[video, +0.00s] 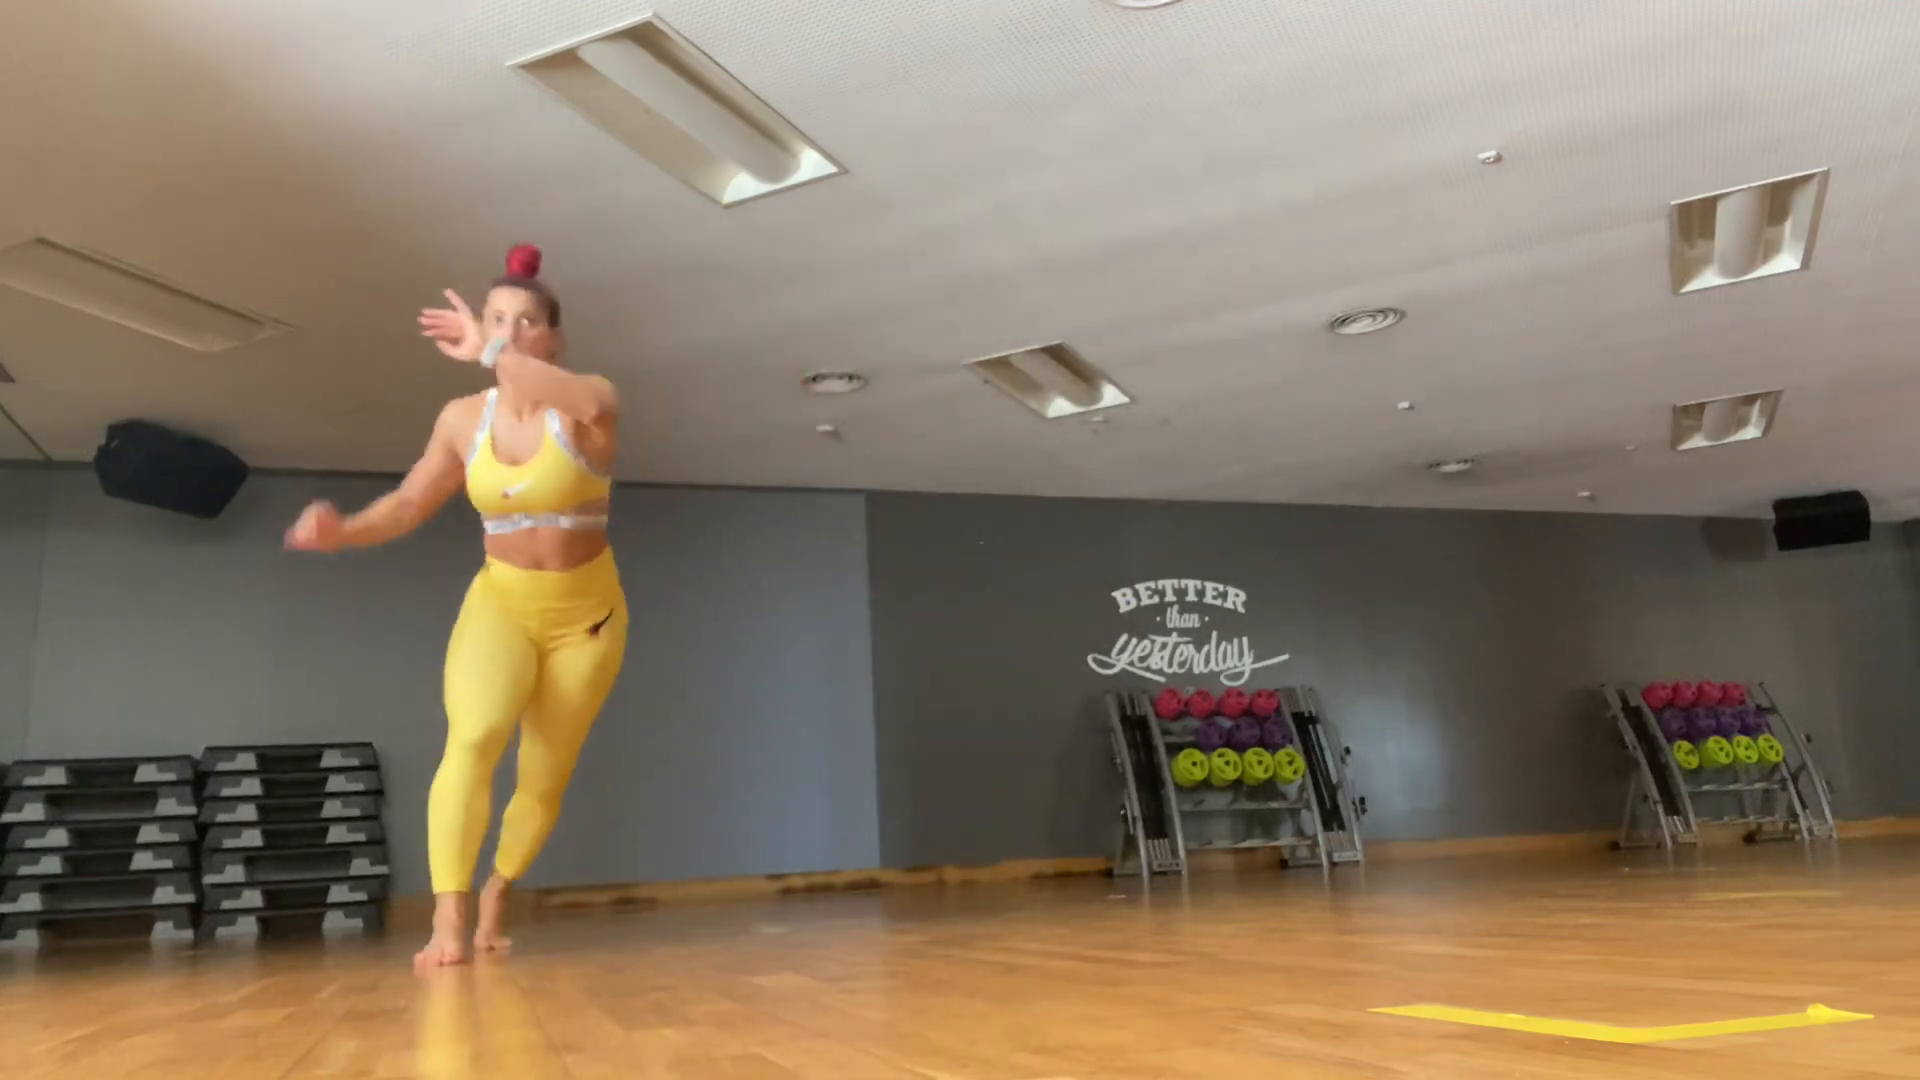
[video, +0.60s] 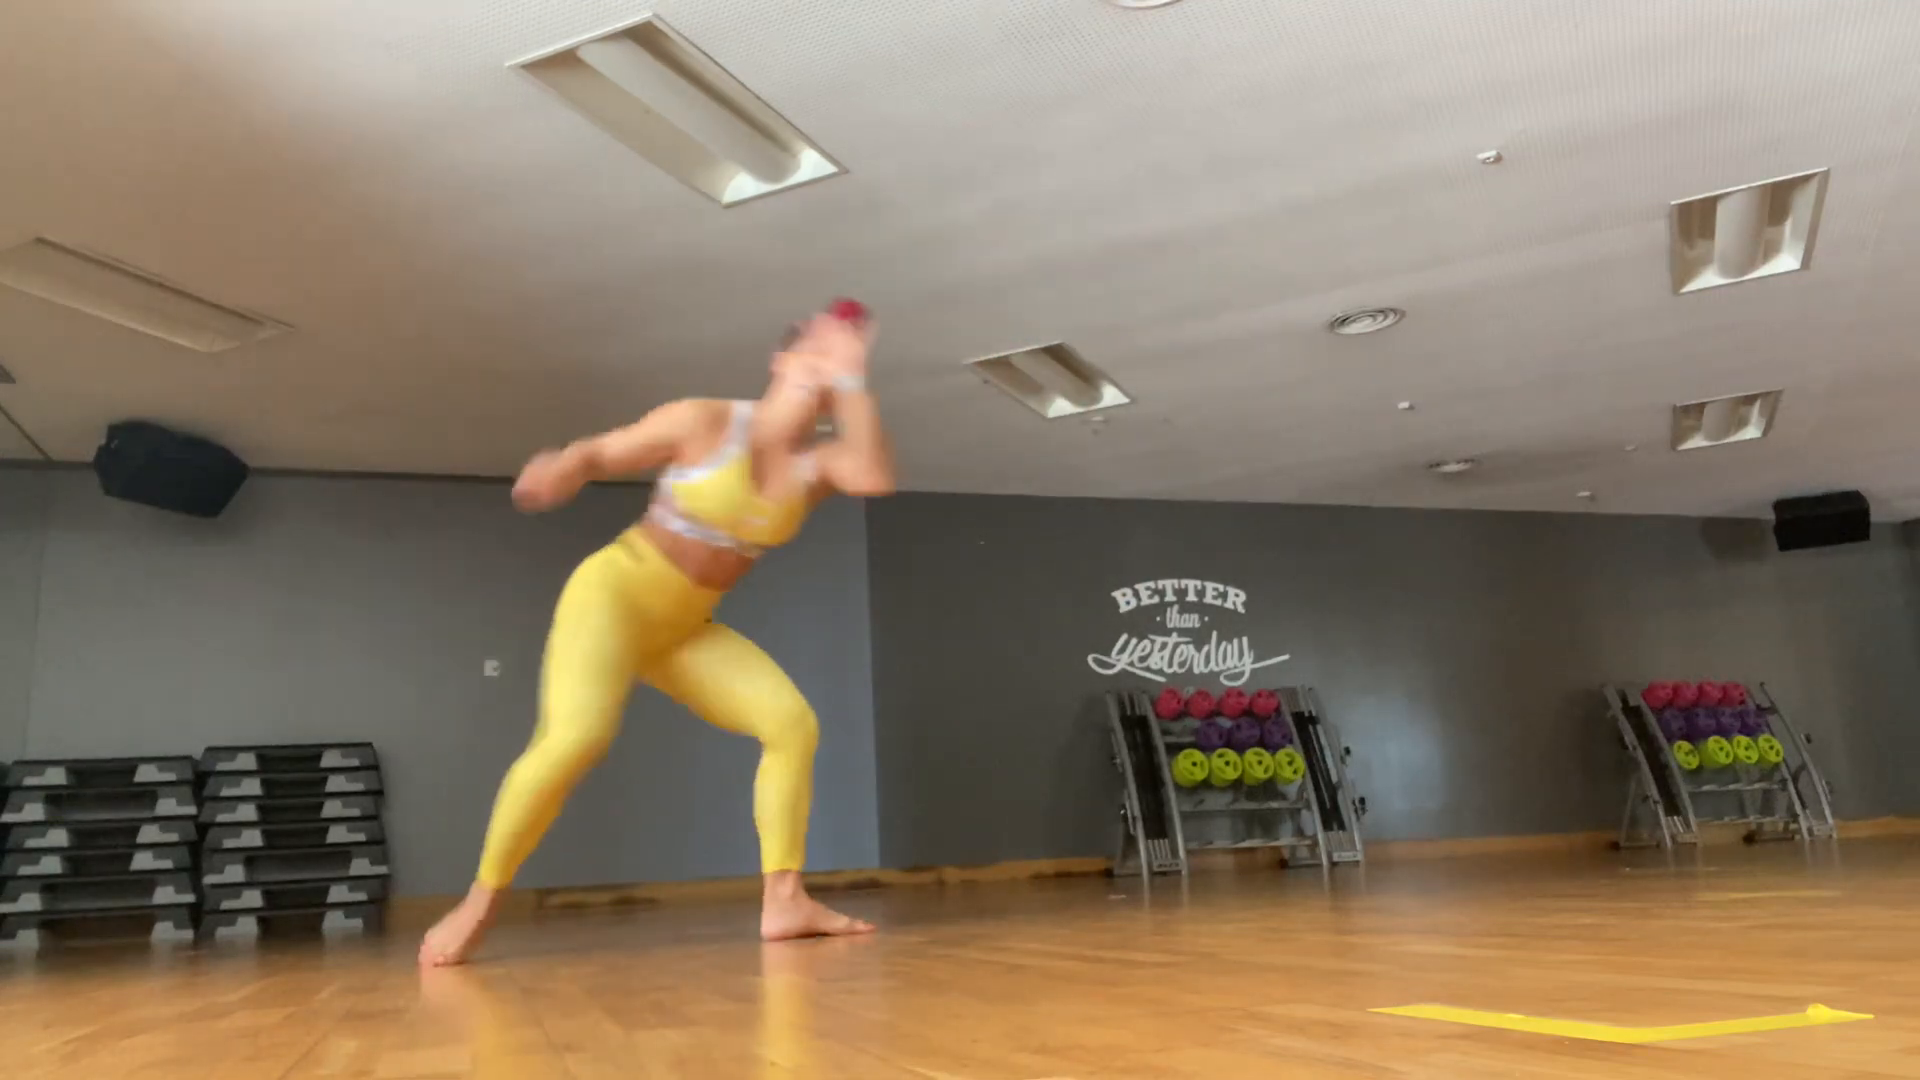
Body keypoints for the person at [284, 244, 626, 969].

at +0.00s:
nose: (505, 331)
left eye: (524, 320)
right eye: (495, 319)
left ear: (553, 335)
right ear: (483, 334)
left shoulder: (592, 401)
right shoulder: (462, 419)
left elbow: (574, 401)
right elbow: (410, 503)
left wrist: (492, 350)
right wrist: (345, 532)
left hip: (587, 612)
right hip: (500, 604)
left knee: (543, 780)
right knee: (473, 742)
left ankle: (498, 891)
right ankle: (450, 919)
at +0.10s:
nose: (492, 331)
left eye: (510, 316)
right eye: (478, 318)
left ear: (540, 331)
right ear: (461, 331)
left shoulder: (577, 390)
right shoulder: (450, 413)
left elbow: (577, 435)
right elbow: (380, 503)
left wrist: (474, 376)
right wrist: (350, 480)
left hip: (597, 597)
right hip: (509, 597)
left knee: (587, 775)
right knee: (475, 746)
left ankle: (532, 876)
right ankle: (451, 923)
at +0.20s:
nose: (497, 348)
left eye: (516, 335)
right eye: (485, 334)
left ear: (545, 354)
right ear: (467, 348)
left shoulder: (579, 418)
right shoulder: (452, 424)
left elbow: (575, 500)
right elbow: (381, 511)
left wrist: (498, 435)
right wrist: (422, 428)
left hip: (606, 602)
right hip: (515, 606)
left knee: (663, 757)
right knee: (471, 746)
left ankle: (635, 882)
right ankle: (453, 925)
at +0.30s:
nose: (529, 358)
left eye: (547, 346)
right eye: (519, 342)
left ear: (575, 364)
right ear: (500, 353)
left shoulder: (608, 431)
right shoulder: (468, 433)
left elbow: (602, 523)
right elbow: (433, 531)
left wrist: (525, 453)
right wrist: (471, 462)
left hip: (619, 604)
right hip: (524, 608)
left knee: (701, 734)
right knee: (476, 739)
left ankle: (719, 890)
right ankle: (454, 922)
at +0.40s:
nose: (604, 358)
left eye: (622, 347)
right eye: (590, 341)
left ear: (640, 367)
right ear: (558, 358)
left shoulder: (656, 434)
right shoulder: (512, 431)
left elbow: (643, 519)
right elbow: (473, 547)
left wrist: (590, 444)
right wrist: (489, 528)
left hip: (636, 606)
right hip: (539, 605)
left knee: (732, 723)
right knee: (485, 743)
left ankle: (777, 889)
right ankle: (455, 924)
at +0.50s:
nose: (699, 330)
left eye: (727, 330)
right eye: (707, 324)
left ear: (758, 364)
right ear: (689, 344)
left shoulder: (752, 436)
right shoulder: (621, 422)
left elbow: (773, 473)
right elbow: (542, 500)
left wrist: (725, 380)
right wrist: (515, 547)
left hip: (668, 620)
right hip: (580, 599)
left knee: (768, 721)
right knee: (513, 746)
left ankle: (783, 898)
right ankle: (462, 925)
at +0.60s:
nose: (822, 377)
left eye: (835, 368)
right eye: (812, 358)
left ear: (842, 389)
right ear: (779, 361)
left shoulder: (816, 465)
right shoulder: (705, 424)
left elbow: (875, 477)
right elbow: (596, 454)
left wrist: (853, 380)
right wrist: (556, 474)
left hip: (687, 626)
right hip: (615, 594)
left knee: (791, 723)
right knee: (578, 734)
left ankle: (785, 901)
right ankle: (481, 901)